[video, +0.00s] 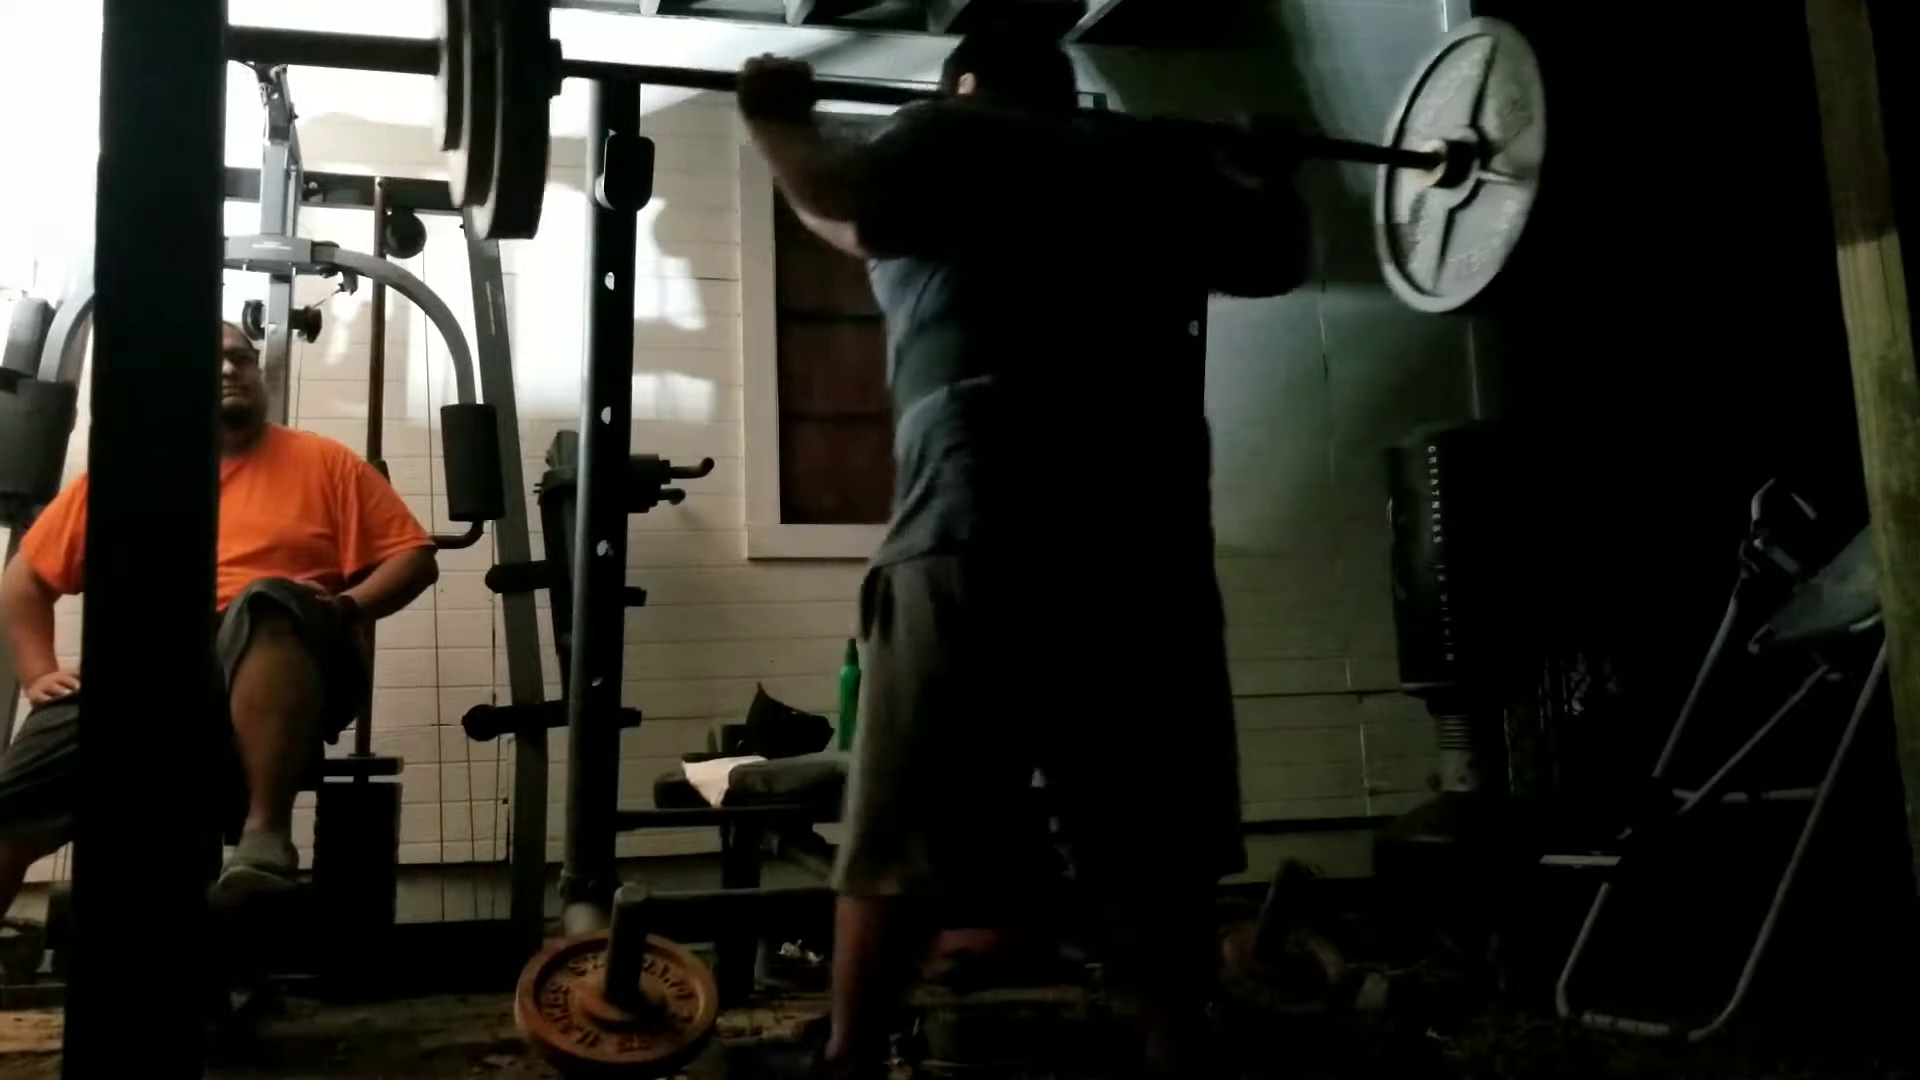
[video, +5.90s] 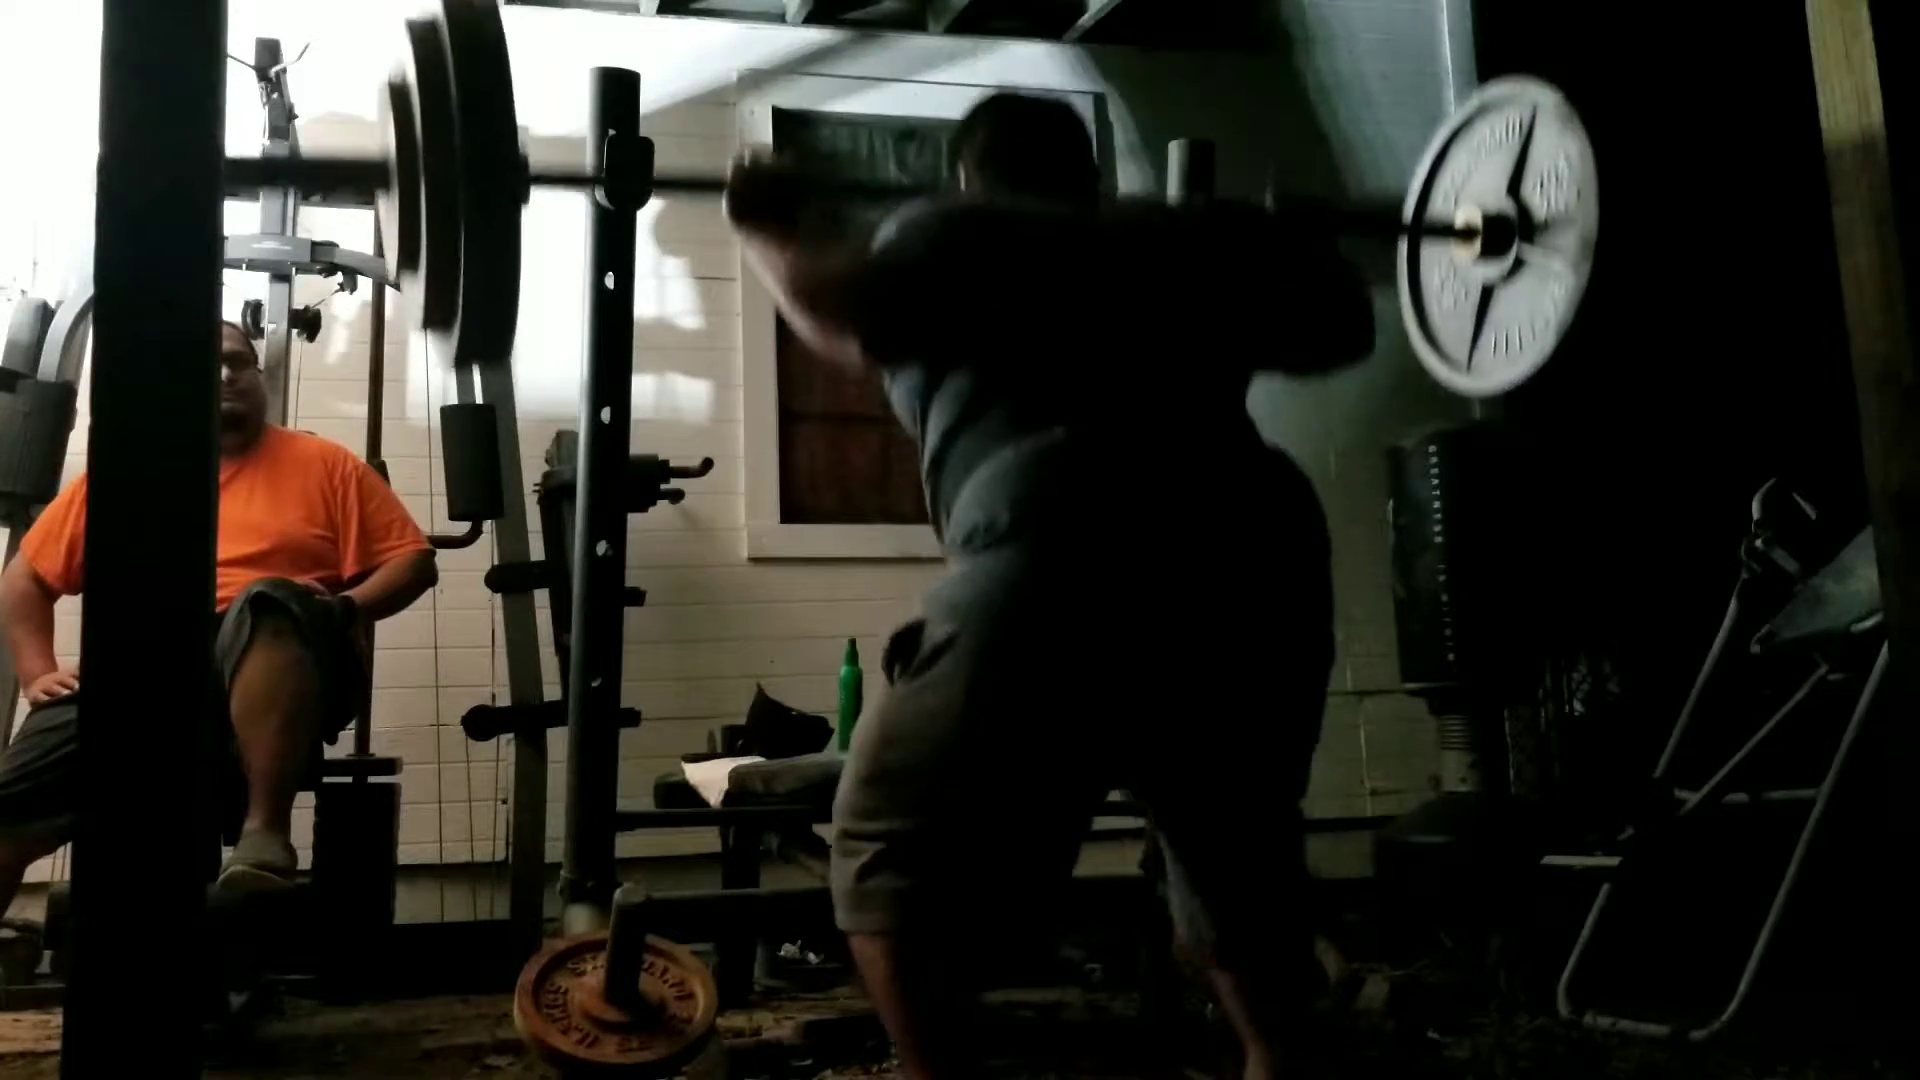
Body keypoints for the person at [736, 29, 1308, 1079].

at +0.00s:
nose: (945, 96)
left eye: (949, 82)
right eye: (952, 84)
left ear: (967, 83)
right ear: (1067, 87)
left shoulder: (935, 140)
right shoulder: (1164, 162)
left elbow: (842, 199)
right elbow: (1281, 259)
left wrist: (774, 116)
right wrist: (1267, 163)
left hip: (967, 539)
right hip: (1148, 537)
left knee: (892, 831)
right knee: (1158, 833)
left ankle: (850, 1059)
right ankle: (1179, 1059)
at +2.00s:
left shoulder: (968, 51)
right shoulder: (1220, 75)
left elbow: (889, 143)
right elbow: (1364, 169)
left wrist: (783, 42)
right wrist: (1342, 78)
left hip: (1024, 486)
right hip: (1226, 483)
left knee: (968, 847)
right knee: (1261, 834)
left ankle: (955, 1063)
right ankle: (1289, 1060)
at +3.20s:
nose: (977, 165)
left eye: (975, 150)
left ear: (980, 151)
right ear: (1107, 147)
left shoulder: (950, 215)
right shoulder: (1200, 220)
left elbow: (847, 288)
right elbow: (1346, 300)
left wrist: (768, 204)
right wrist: (1324, 204)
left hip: (1036, 563)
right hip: (1248, 559)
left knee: (904, 846)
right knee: (1237, 836)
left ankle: (935, 1062)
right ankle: (1281, 1058)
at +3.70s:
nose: (978, 327)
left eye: (982, 312)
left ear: (992, 320)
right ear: (1112, 314)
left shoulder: (960, 389)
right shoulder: (1212, 380)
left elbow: (849, 467)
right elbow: (1374, 463)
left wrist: (784, 392)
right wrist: (1340, 375)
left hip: (1060, 731)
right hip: (1289, 715)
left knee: (876, 845)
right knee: (1275, 884)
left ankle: (928, 1062)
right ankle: (1291, 1060)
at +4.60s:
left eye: (949, 200)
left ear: (960, 201)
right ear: (1091, 197)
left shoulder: (938, 259)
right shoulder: (1182, 252)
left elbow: (830, 309)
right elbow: (1346, 324)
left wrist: (767, 242)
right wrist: (1291, 231)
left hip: (1046, 573)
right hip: (1258, 565)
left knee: (889, 857)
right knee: (1250, 829)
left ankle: (930, 1059)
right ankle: (1280, 1057)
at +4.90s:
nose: (952, 46)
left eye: (957, 33)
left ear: (966, 43)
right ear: (1085, 38)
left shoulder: (937, 114)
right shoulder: (1182, 119)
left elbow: (834, 179)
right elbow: (1339, 197)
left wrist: (760, 102)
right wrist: (1296, 104)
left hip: (1008, 516)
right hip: (1209, 512)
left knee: (916, 845)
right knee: (1241, 833)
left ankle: (936, 1062)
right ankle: (1277, 1060)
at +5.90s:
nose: (954, 189)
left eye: (958, 174)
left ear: (968, 176)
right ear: (1092, 176)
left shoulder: (939, 239)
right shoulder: (1181, 243)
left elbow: (842, 315)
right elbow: (1336, 324)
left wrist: (769, 227)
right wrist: (1295, 231)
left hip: (1042, 566)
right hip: (1250, 559)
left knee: (888, 848)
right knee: (1235, 840)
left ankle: (935, 1060)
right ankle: (1280, 1054)